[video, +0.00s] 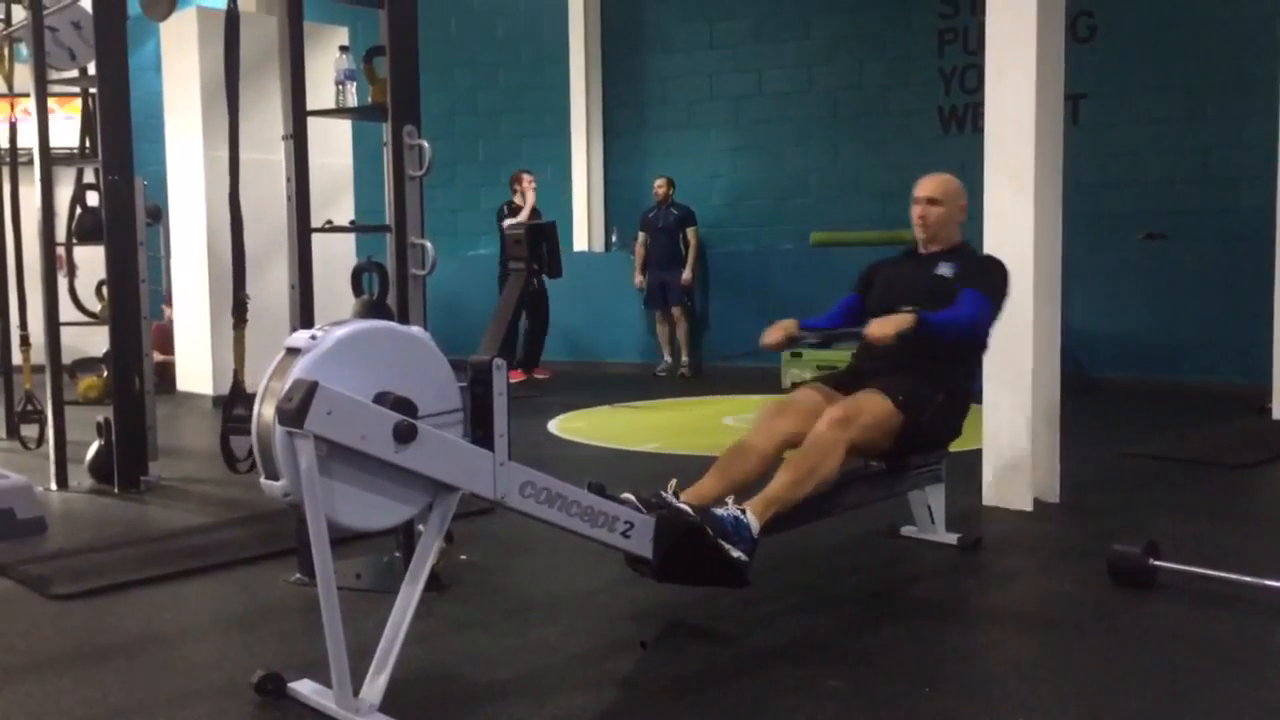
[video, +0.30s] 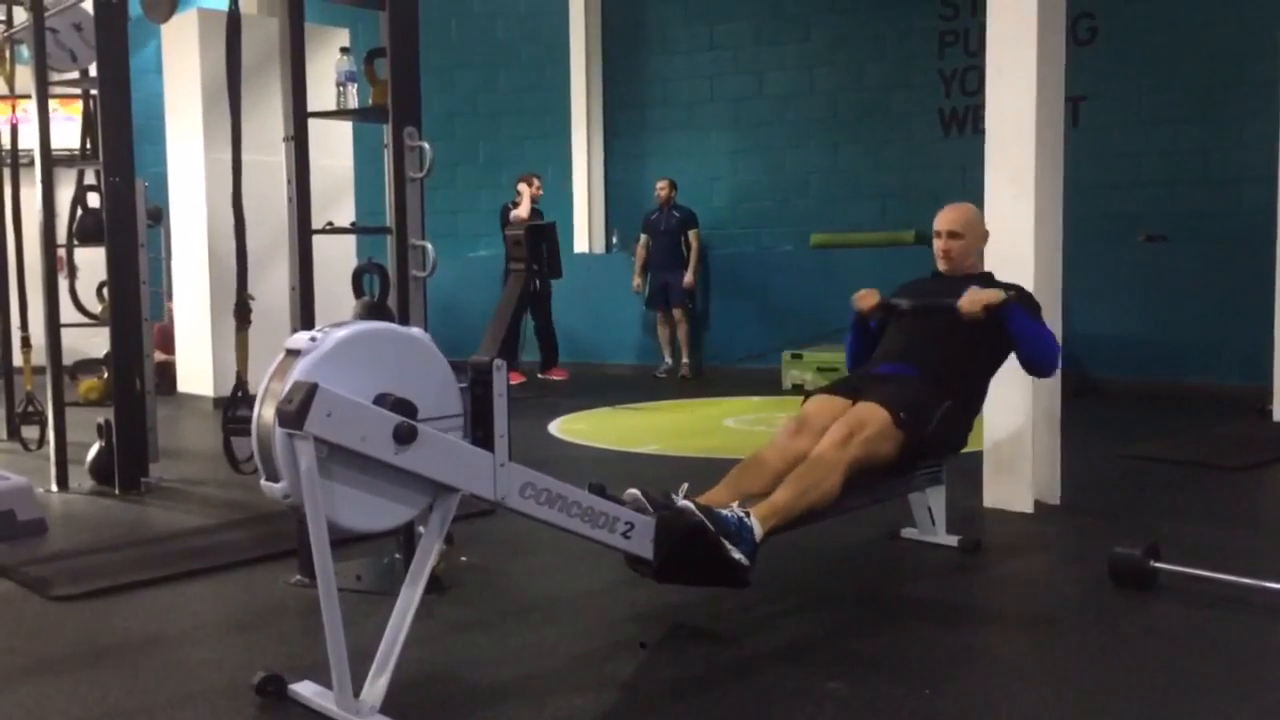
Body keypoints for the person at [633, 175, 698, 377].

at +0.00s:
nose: (656, 191)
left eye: (660, 187)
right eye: (654, 188)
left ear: (670, 190)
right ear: (653, 191)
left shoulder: (683, 212)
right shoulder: (648, 215)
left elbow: (692, 242)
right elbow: (641, 243)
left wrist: (688, 268)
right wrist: (638, 271)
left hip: (676, 271)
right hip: (654, 272)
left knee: (677, 313)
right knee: (660, 315)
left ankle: (684, 359)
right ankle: (666, 358)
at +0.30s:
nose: (658, 193)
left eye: (662, 189)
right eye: (657, 189)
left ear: (672, 192)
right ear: (656, 192)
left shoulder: (685, 215)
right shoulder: (650, 217)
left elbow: (694, 244)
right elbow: (642, 246)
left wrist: (690, 272)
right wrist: (637, 274)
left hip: (678, 273)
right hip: (657, 273)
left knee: (678, 316)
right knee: (661, 317)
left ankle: (685, 360)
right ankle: (667, 360)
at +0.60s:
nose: (658, 192)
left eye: (662, 188)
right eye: (657, 189)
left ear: (673, 191)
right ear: (656, 192)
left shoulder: (685, 214)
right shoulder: (650, 216)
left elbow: (694, 244)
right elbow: (643, 245)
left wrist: (690, 271)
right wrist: (641, 274)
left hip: (678, 272)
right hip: (656, 272)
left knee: (678, 314)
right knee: (661, 316)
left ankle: (684, 359)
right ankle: (667, 359)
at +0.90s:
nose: (659, 189)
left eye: (663, 186)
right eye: (658, 186)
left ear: (674, 188)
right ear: (656, 189)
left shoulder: (687, 212)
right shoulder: (650, 213)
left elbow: (695, 242)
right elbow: (644, 242)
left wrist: (691, 269)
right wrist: (641, 270)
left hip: (678, 269)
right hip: (657, 269)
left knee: (678, 310)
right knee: (661, 312)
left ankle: (679, 354)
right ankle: (665, 355)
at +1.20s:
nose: (661, 189)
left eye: (665, 185)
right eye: (659, 185)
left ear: (675, 188)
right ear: (658, 188)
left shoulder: (688, 211)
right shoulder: (651, 212)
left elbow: (696, 242)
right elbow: (644, 241)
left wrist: (692, 269)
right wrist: (641, 270)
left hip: (680, 269)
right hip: (657, 269)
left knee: (683, 310)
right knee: (660, 312)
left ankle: (686, 354)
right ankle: (667, 353)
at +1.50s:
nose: (661, 190)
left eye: (665, 186)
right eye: (660, 187)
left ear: (676, 189)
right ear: (658, 189)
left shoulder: (688, 212)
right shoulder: (652, 214)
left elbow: (696, 242)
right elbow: (644, 243)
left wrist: (692, 269)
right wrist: (642, 271)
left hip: (679, 270)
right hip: (658, 270)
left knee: (680, 312)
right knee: (663, 314)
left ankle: (686, 356)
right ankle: (668, 356)